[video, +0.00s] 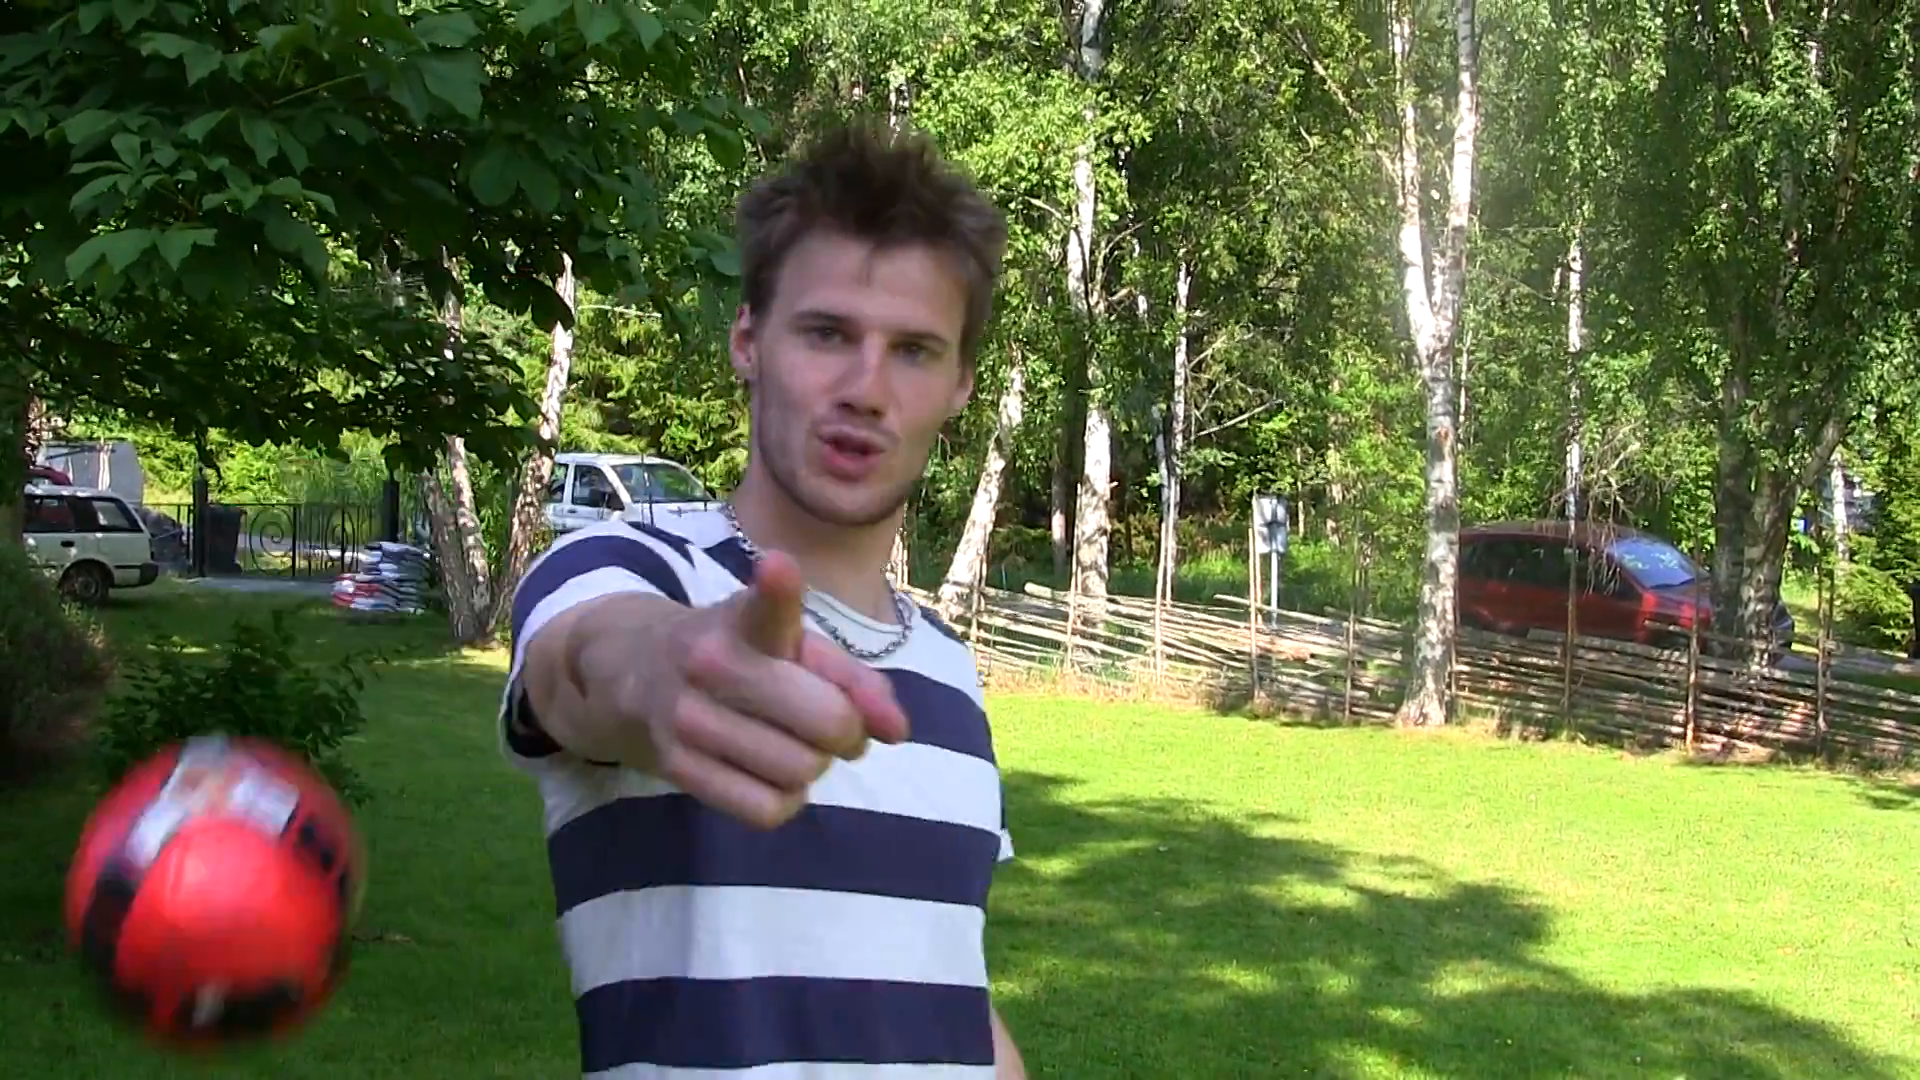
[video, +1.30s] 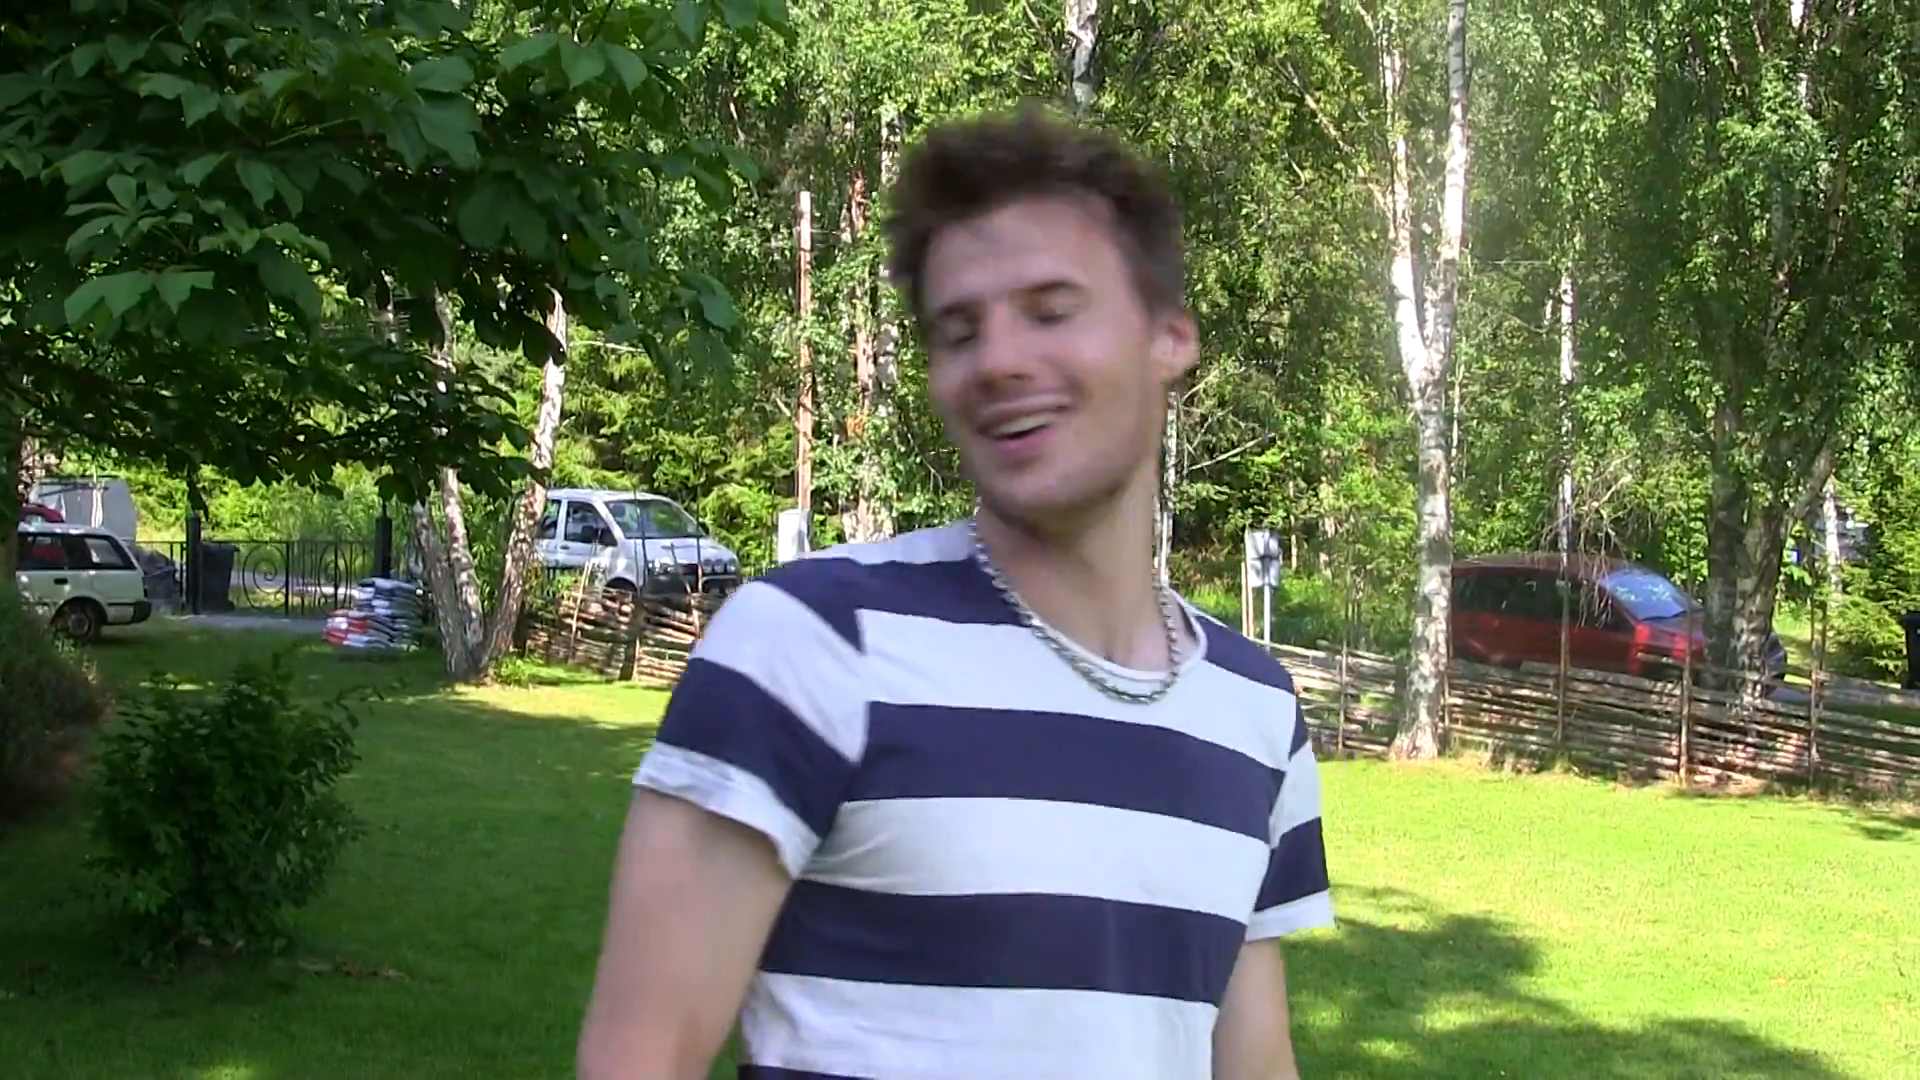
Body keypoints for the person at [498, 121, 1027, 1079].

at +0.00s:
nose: (863, 390)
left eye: (913, 352)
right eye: (825, 335)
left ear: (959, 388)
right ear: (748, 349)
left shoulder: (951, 675)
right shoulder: (617, 563)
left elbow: (950, 986)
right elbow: (578, 661)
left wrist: (1002, 1058)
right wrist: (669, 675)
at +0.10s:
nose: (932, 383)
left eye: (980, 342)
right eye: (889, 326)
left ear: (1021, 382)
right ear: (804, 342)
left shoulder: (999, 669)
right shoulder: (668, 570)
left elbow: (990, 990)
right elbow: (640, 704)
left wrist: (1043, 1056)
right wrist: (737, 777)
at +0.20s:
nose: (1032, 391)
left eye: (1077, 350)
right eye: (987, 331)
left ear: (1114, 386)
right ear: (888, 343)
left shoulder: (1073, 672)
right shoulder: (734, 595)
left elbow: (1055, 1005)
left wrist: (1098, 1060)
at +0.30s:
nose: (1125, 406)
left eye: (1173, 363)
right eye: (1079, 343)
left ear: (1206, 396)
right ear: (977, 352)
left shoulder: (1150, 694)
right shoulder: (816, 626)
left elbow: (1128, 1028)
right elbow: (702, 1029)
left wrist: (1162, 1061)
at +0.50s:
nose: (1223, 419)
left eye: (1267, 371)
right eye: (1170, 359)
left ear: (1305, 403)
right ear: (1069, 378)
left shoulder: (1250, 707)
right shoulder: (913, 681)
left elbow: (1224, 1042)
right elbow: (799, 1065)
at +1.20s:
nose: (1134, 363)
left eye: (1176, 313)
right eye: (1078, 330)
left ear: (1257, 356)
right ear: (1020, 394)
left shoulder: (1285, 728)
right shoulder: (882, 627)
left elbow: (1285, 1066)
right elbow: (699, 1050)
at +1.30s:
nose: (998, 362)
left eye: (1052, 308)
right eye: (960, 331)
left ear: (1172, 341)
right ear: (930, 376)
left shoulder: (1256, 708)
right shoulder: (812, 634)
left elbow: (1256, 1066)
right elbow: (640, 1052)